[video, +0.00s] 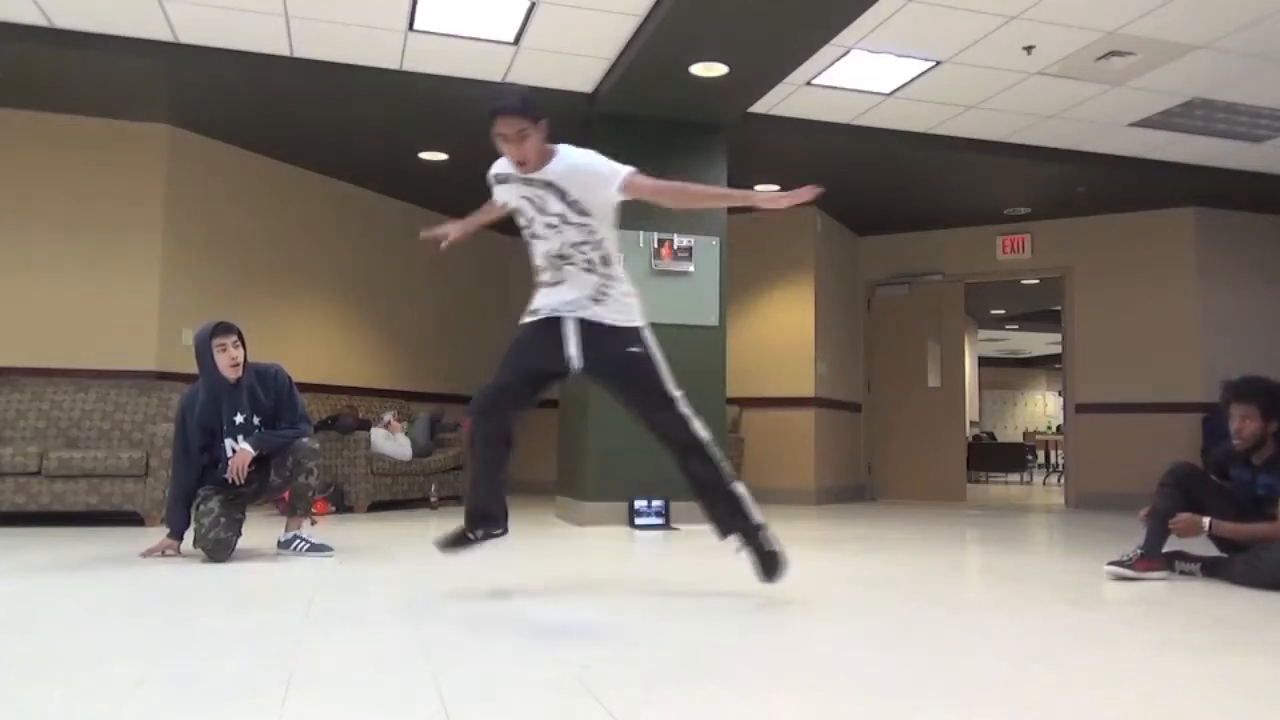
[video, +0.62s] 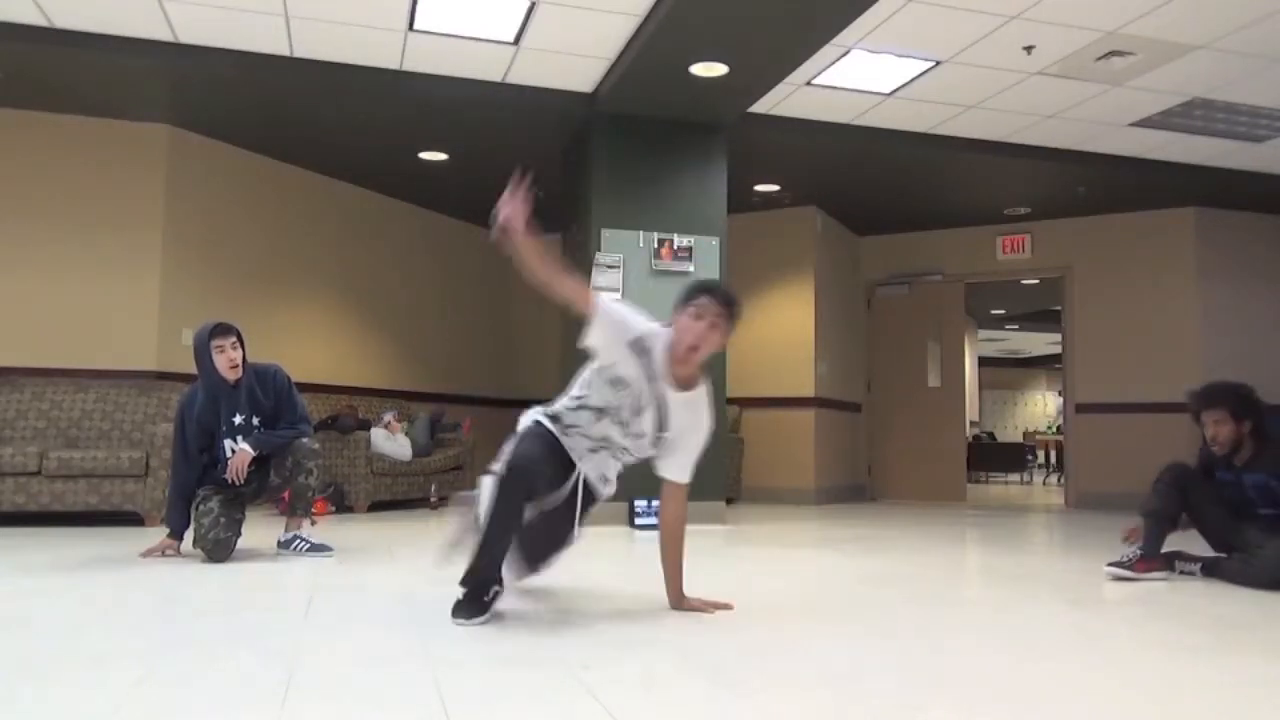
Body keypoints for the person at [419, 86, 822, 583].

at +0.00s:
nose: (513, 149)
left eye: (521, 136)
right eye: (503, 140)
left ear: (544, 130)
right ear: (495, 140)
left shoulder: (582, 167)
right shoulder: (503, 175)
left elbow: (666, 193)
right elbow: (505, 201)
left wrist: (762, 199)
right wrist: (463, 226)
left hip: (610, 317)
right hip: (549, 317)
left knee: (678, 427)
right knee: (490, 408)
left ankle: (751, 532)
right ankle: (486, 520)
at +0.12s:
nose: (549, 180)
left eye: (557, 167)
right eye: (541, 170)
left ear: (581, 160)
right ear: (534, 168)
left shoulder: (617, 201)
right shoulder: (537, 196)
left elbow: (711, 234)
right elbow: (518, 216)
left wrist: (809, 252)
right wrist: (462, 226)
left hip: (651, 347)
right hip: (584, 342)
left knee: (717, 453)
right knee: (510, 412)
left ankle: (797, 561)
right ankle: (471, 532)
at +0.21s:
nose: (582, 228)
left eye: (591, 216)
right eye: (573, 218)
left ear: (614, 214)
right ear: (563, 219)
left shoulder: (648, 263)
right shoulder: (556, 249)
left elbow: (731, 318)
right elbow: (496, 260)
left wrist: (829, 352)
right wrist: (419, 251)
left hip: (672, 387)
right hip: (606, 382)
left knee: (729, 482)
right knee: (535, 443)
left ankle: (814, 579)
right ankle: (488, 574)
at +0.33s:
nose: (603, 277)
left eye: (613, 266)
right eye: (594, 266)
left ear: (632, 270)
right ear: (579, 270)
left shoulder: (654, 319)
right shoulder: (557, 292)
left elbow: (710, 395)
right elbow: (487, 298)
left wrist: (761, 466)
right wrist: (437, 297)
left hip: (661, 393)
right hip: (590, 390)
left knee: (722, 479)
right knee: (536, 462)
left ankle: (817, 576)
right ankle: (503, 583)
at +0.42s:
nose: (628, 318)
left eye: (641, 307)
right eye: (619, 302)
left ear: (654, 310)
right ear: (602, 299)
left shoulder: (658, 369)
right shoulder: (572, 316)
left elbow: (676, 463)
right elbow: (471, 335)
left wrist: (709, 543)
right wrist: (507, 371)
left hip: (627, 414)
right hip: (559, 399)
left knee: (696, 480)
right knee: (502, 447)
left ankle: (784, 536)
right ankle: (494, 583)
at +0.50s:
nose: (650, 329)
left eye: (664, 320)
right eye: (643, 312)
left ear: (673, 331)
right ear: (624, 311)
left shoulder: (660, 397)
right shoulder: (586, 326)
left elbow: (661, 486)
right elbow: (482, 326)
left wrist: (683, 580)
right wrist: (492, 359)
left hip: (610, 431)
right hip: (546, 408)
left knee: (648, 506)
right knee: (493, 453)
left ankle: (707, 528)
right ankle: (490, 587)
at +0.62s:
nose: (700, 330)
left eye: (715, 325)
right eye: (694, 316)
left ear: (724, 341)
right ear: (675, 317)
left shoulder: (694, 418)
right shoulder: (629, 330)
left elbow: (673, 503)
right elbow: (560, 281)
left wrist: (676, 596)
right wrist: (518, 235)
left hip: (592, 476)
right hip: (553, 432)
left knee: (530, 556)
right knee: (523, 471)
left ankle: (491, 509)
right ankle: (480, 585)